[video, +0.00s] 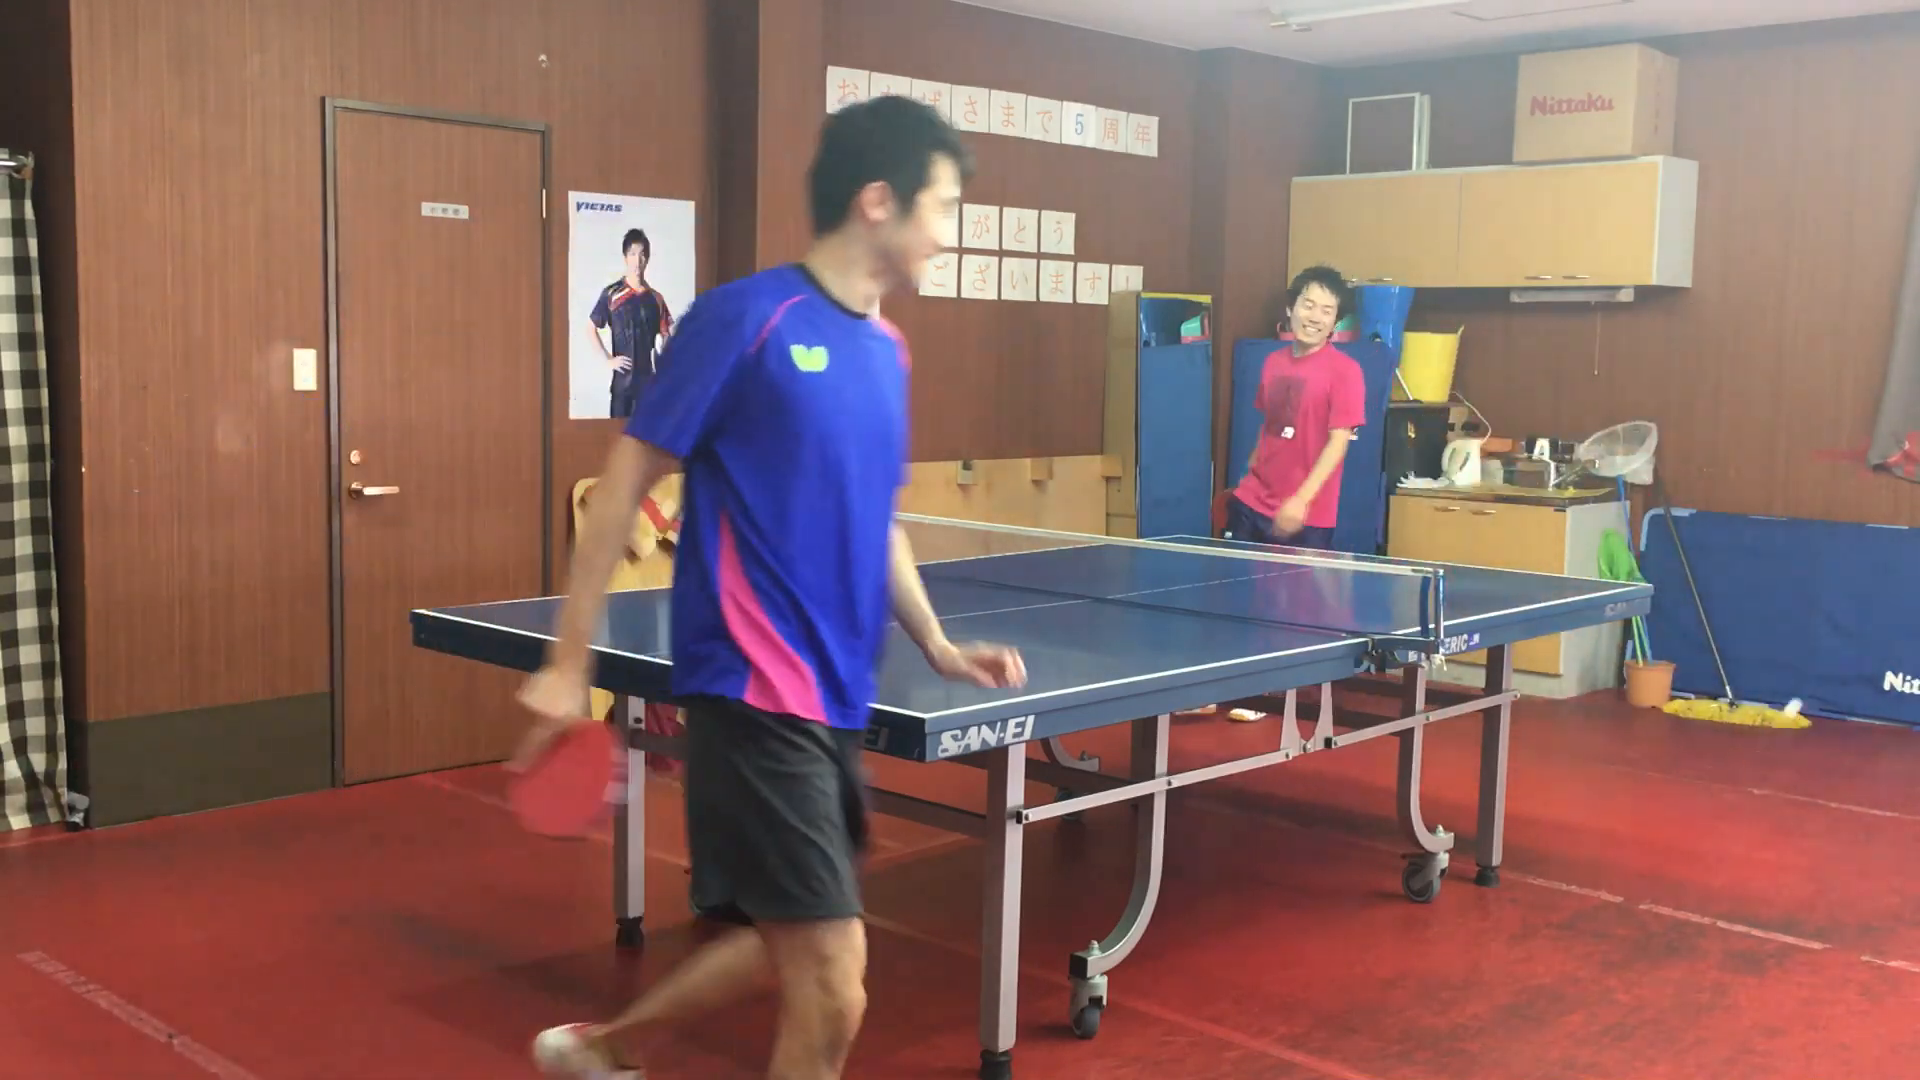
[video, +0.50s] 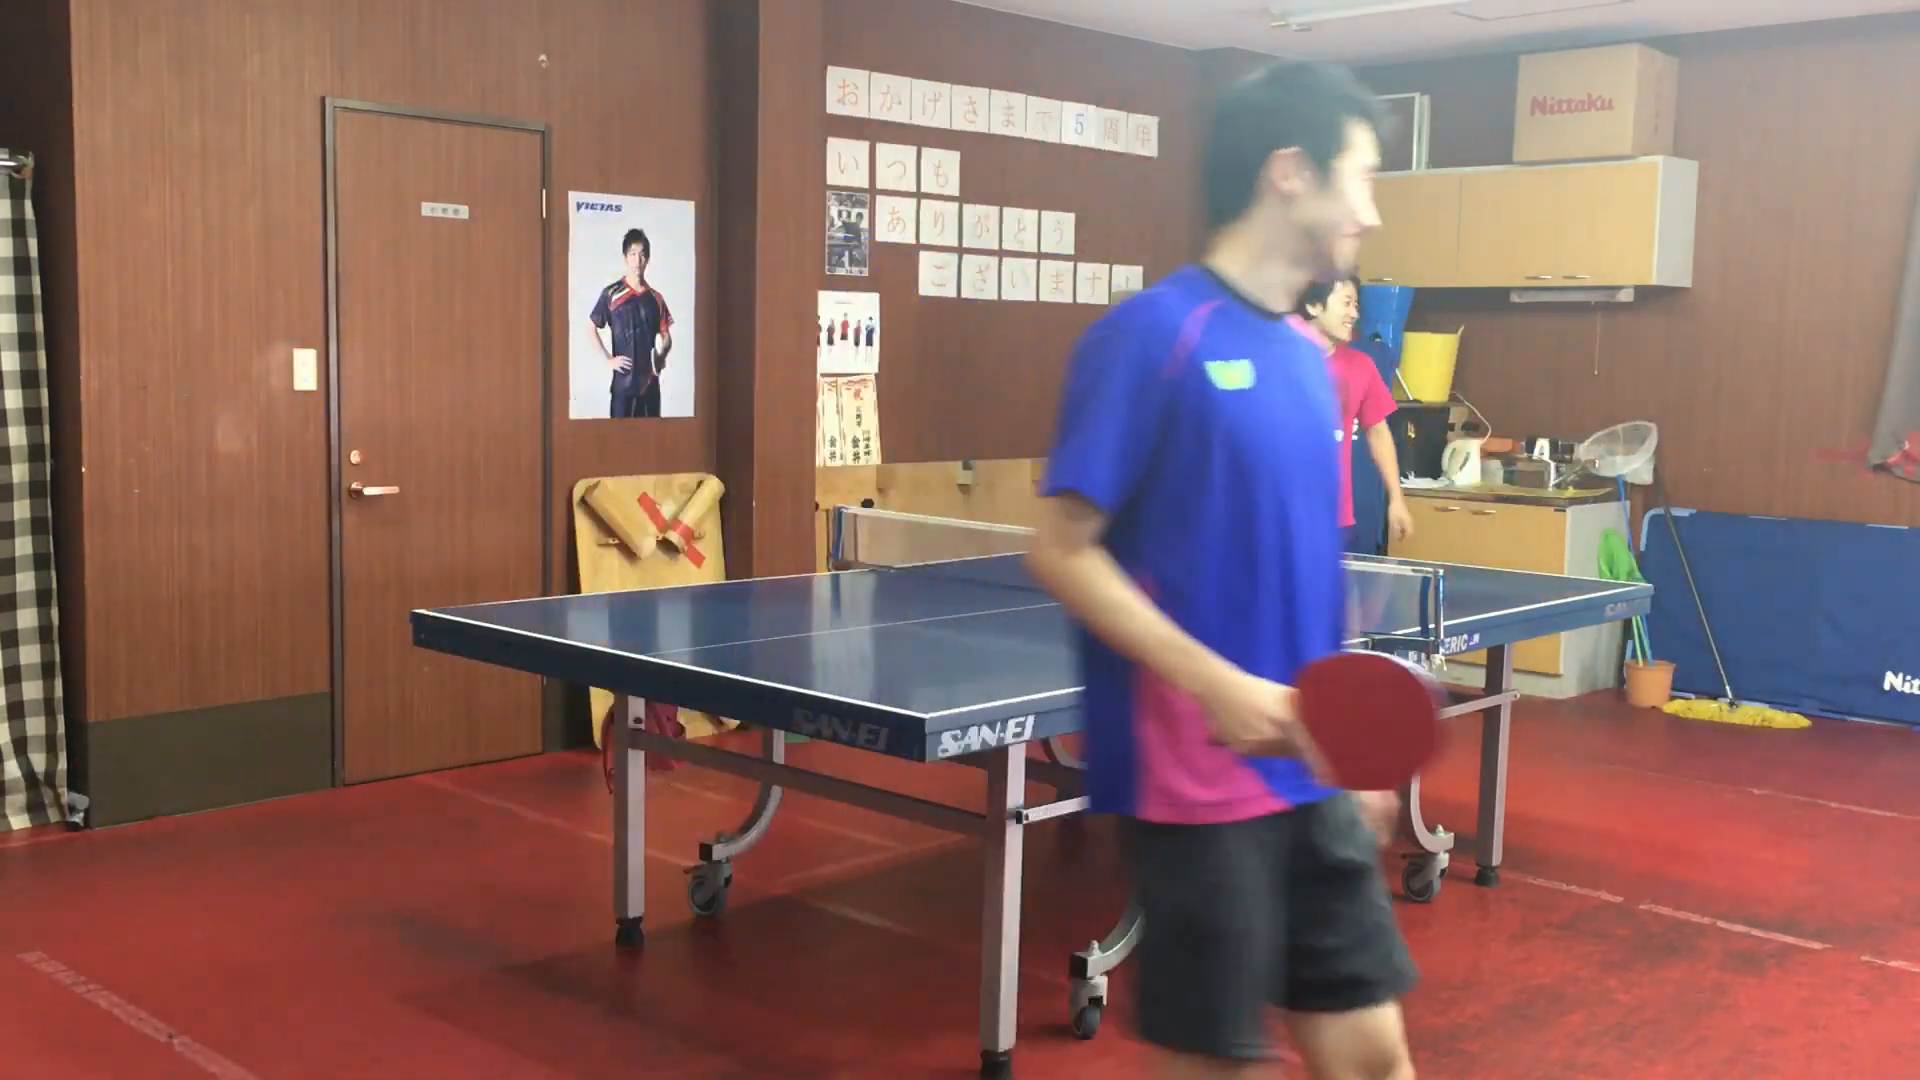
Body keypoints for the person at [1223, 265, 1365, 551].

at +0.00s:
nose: (1316, 317)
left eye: (1327, 311)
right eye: (1307, 306)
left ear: (1335, 321)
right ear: (1290, 310)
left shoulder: (1344, 371)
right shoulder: (1273, 362)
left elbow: (1338, 443)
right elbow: (1269, 425)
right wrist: (1251, 475)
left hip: (1307, 517)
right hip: (1254, 505)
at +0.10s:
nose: (1321, 321)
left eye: (1330, 314)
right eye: (1312, 309)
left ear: (1336, 322)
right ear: (1288, 311)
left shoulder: (1344, 373)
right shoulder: (1260, 366)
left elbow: (1336, 444)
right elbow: (1250, 425)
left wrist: (1281, 487)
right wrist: (1224, 479)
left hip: (1303, 519)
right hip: (1245, 508)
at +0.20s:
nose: (1325, 323)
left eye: (1332, 316)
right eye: (1316, 312)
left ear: (1336, 324)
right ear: (1287, 316)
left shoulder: (1343, 376)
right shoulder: (1252, 369)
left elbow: (1344, 447)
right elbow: (1232, 430)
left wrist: (1290, 481)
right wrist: (1205, 485)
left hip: (1305, 524)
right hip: (1247, 517)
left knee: (1297, 614)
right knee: (1241, 608)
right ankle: (1238, 704)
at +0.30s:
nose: (1328, 323)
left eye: (1333, 316)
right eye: (1319, 313)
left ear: (1335, 323)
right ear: (1289, 316)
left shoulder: (1346, 374)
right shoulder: (1248, 374)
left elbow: (1353, 444)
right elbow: (1217, 434)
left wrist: (1319, 497)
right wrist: (1188, 493)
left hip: (1315, 521)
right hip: (1255, 518)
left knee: (1313, 616)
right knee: (1253, 611)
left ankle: (1316, 721)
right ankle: (1244, 713)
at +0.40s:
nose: (1336, 317)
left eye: (1339, 310)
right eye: (1327, 306)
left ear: (1341, 315)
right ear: (1295, 310)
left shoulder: (1353, 370)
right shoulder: (1253, 372)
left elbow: (1363, 439)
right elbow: (1227, 440)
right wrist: (1223, 510)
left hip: (1325, 529)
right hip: (1262, 526)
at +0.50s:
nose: (1354, 313)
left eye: (1355, 305)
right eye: (1346, 303)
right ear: (1313, 306)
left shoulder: (1358, 366)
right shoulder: (1281, 356)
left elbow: (1377, 432)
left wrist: (1396, 496)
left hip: (1334, 513)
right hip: (1276, 510)